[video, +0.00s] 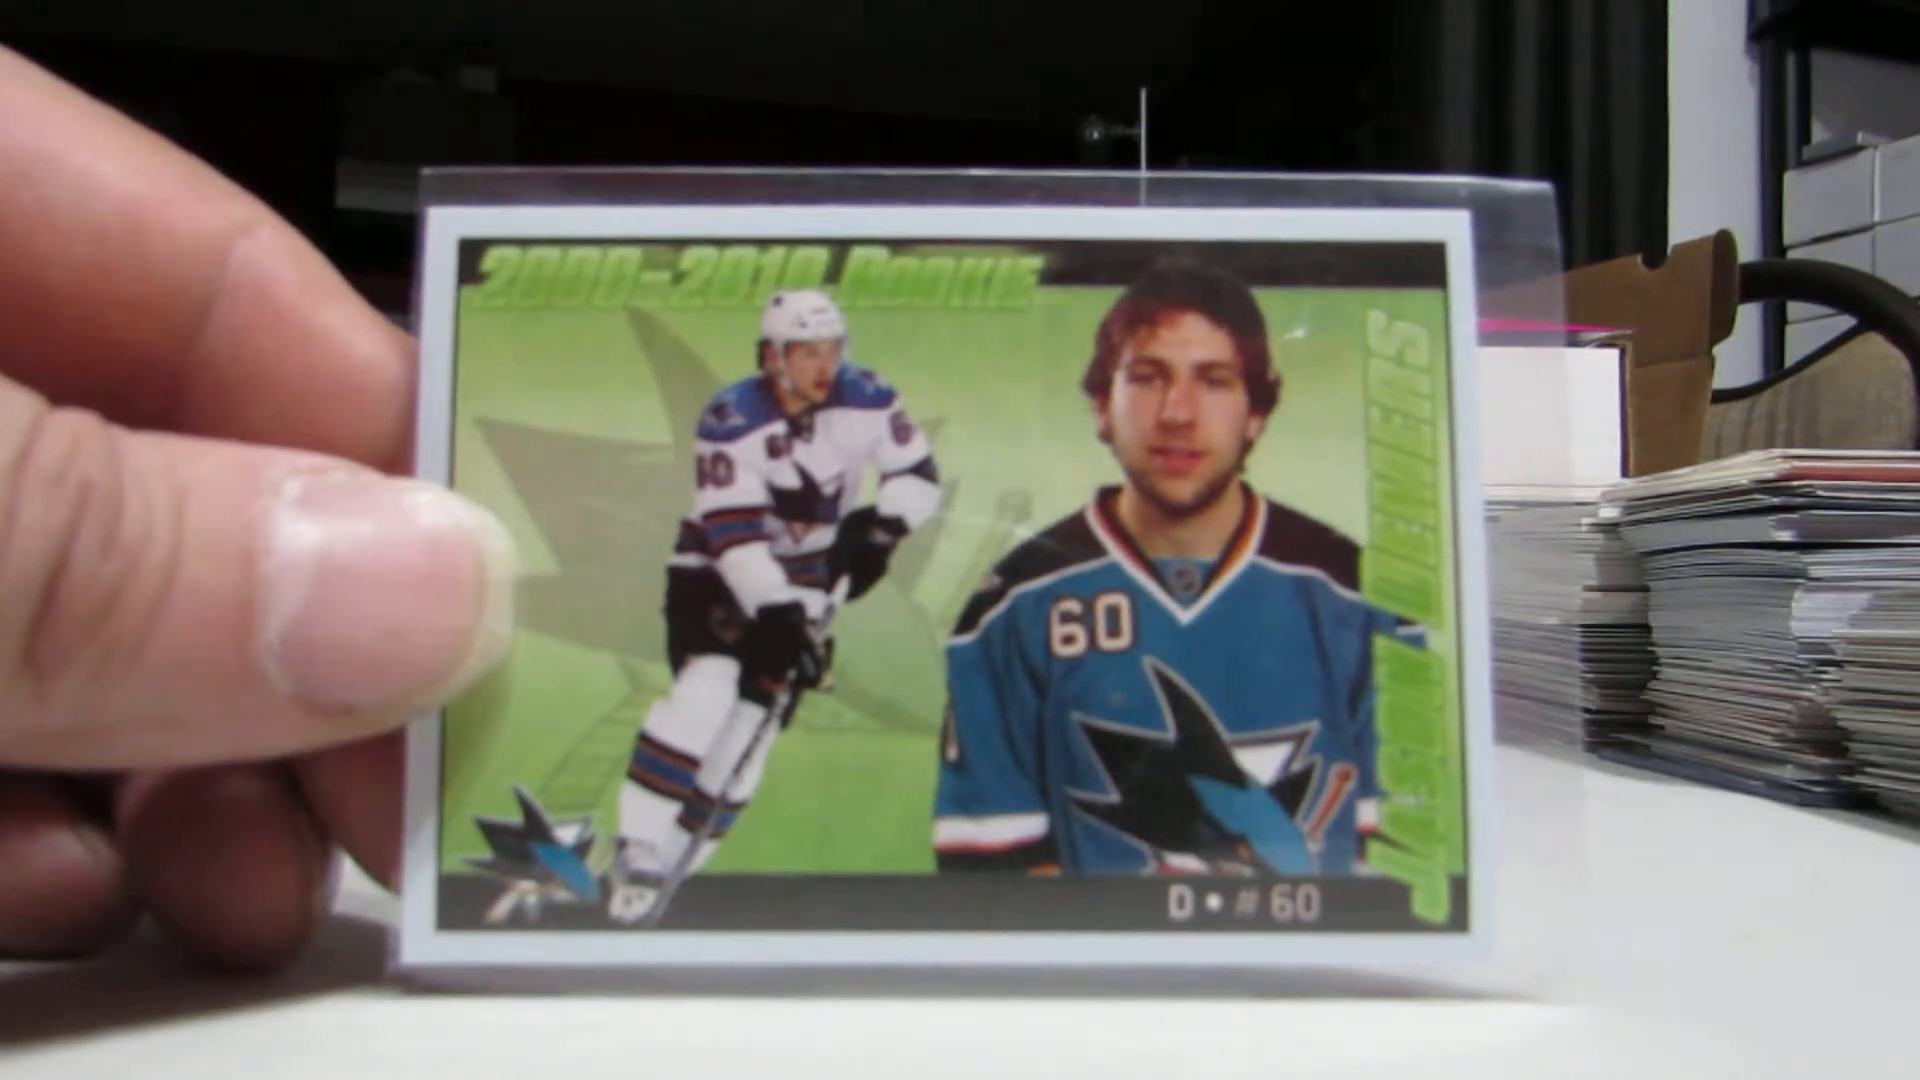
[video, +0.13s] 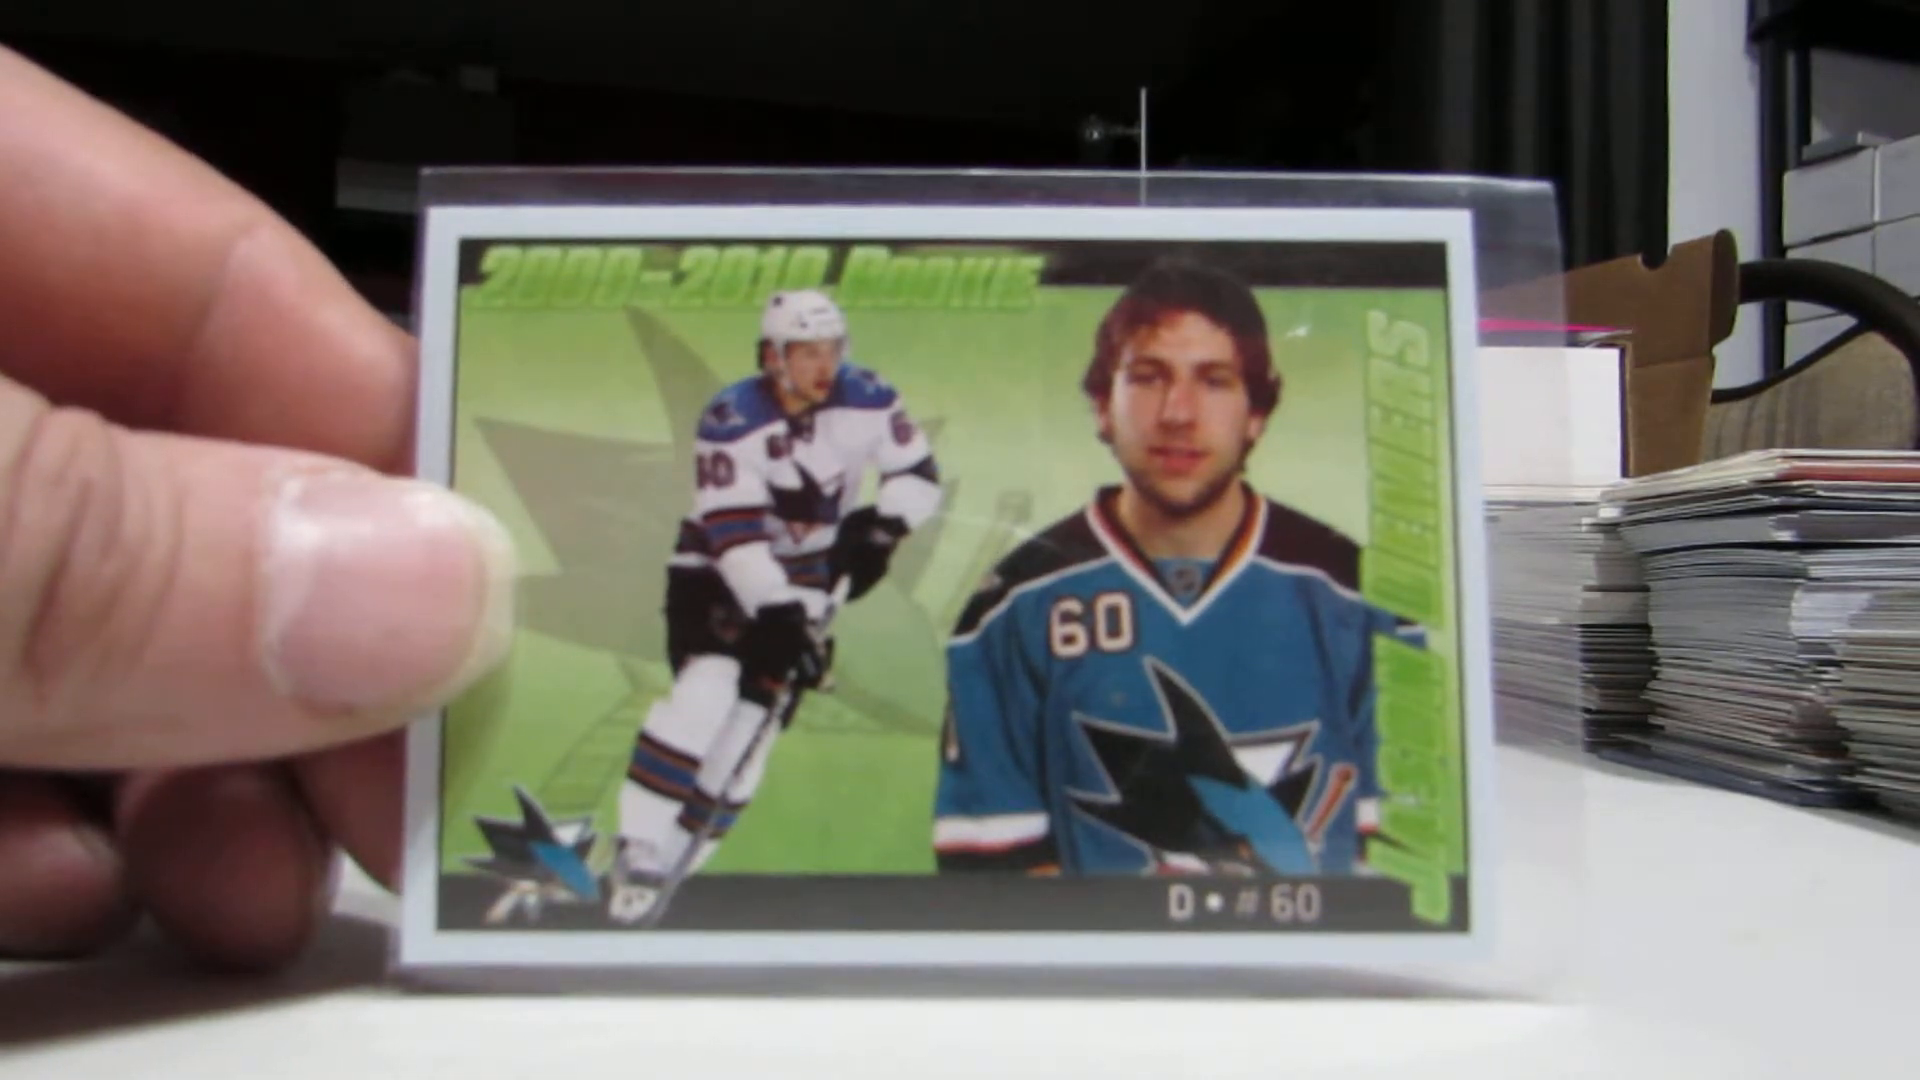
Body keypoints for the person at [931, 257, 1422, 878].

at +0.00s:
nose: (1177, 411)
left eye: (1213, 380)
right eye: (1147, 377)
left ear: (1255, 414)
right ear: (1102, 407)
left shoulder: (1355, 589)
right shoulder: (1017, 605)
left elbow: (1400, 855)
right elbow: (994, 874)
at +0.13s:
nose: (1177, 411)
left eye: (1213, 380)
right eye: (1147, 377)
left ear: (1255, 415)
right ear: (1103, 408)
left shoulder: (1355, 589)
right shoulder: (1017, 606)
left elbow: (1400, 855)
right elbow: (995, 876)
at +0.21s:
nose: (1177, 411)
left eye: (1212, 380)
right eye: (1147, 377)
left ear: (1255, 415)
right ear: (1103, 408)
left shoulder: (1356, 589)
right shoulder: (1017, 605)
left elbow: (1402, 856)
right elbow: (994, 875)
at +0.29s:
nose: (1177, 411)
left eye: (1212, 381)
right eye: (1147, 377)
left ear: (1255, 415)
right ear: (1103, 408)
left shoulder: (1355, 589)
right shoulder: (1017, 605)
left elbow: (1403, 856)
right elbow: (993, 876)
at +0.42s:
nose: (1177, 411)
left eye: (1212, 381)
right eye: (1147, 377)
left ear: (1255, 416)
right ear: (1103, 408)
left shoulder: (1355, 589)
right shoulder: (1017, 605)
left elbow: (1402, 856)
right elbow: (993, 877)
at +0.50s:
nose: (1177, 411)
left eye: (1212, 381)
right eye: (1147, 377)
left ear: (1255, 415)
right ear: (1103, 408)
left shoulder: (1355, 589)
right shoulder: (1017, 604)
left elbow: (1400, 856)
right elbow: (994, 876)